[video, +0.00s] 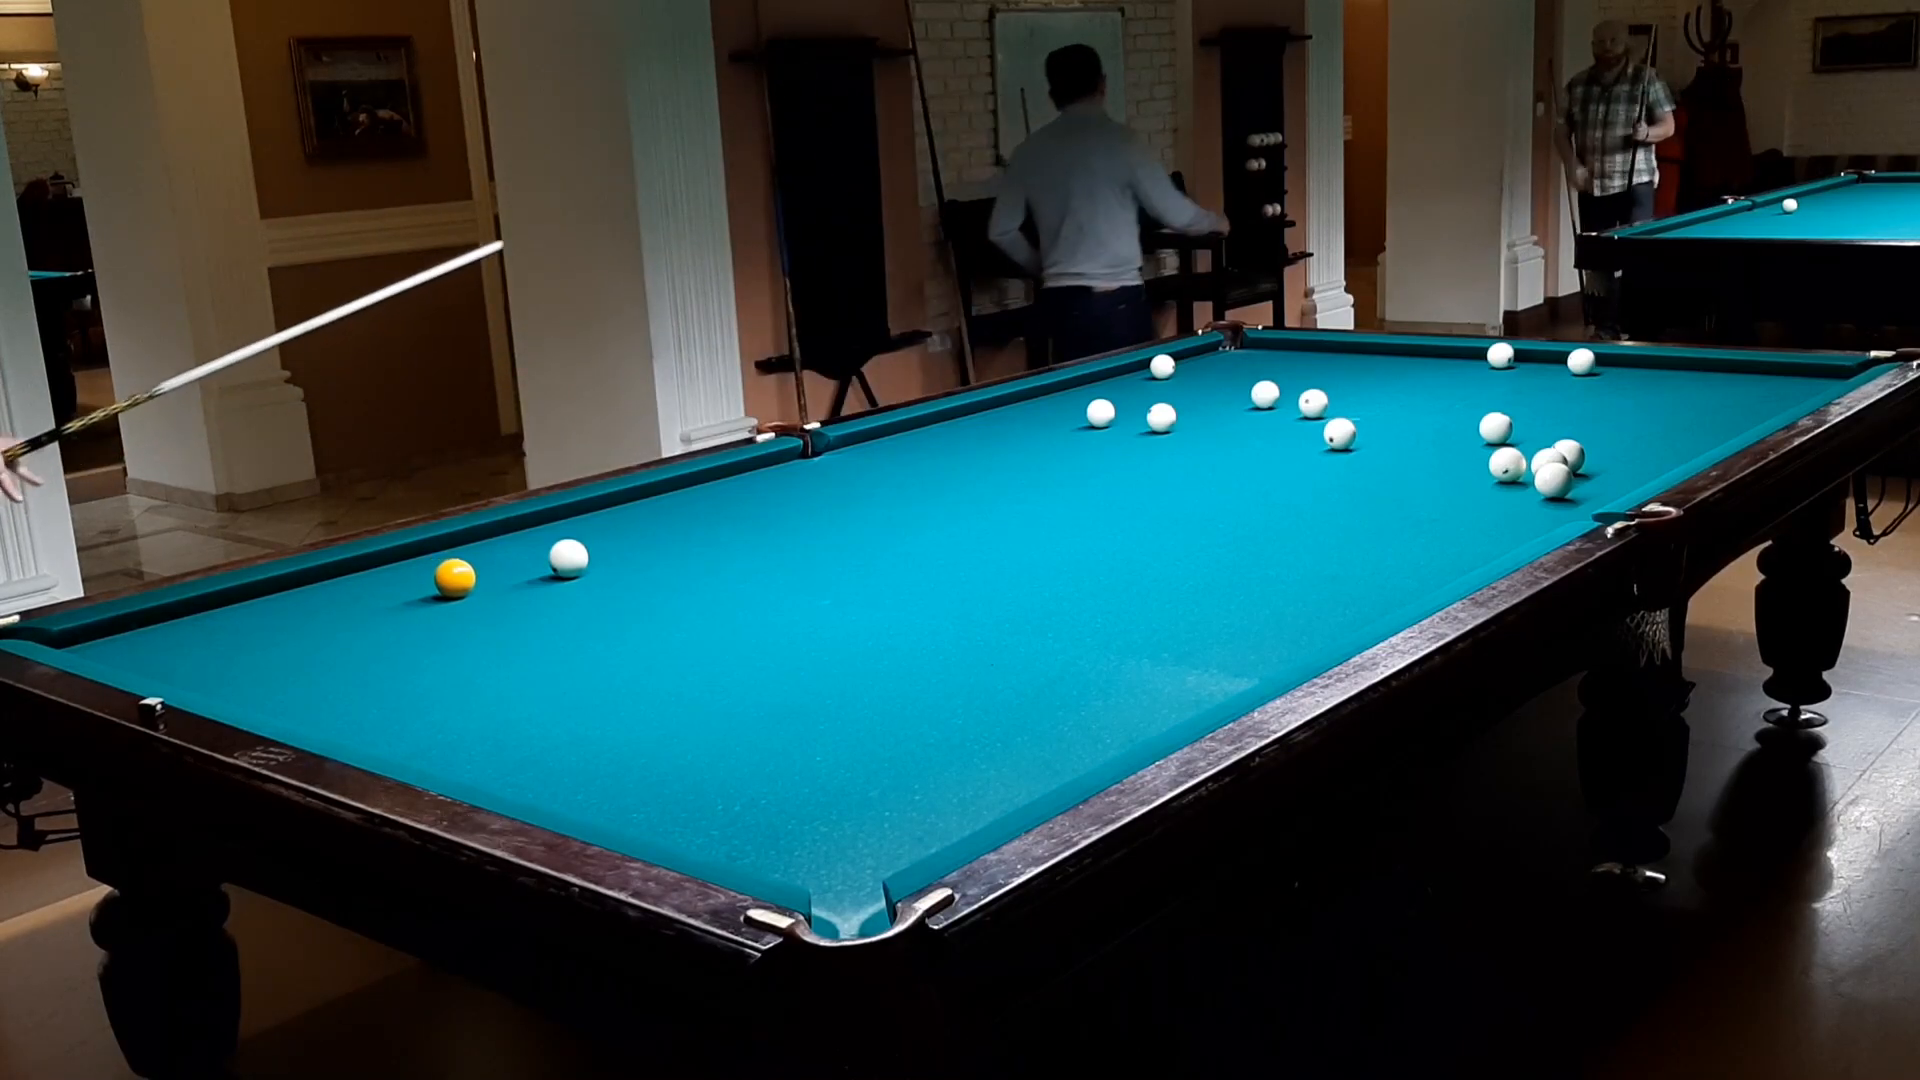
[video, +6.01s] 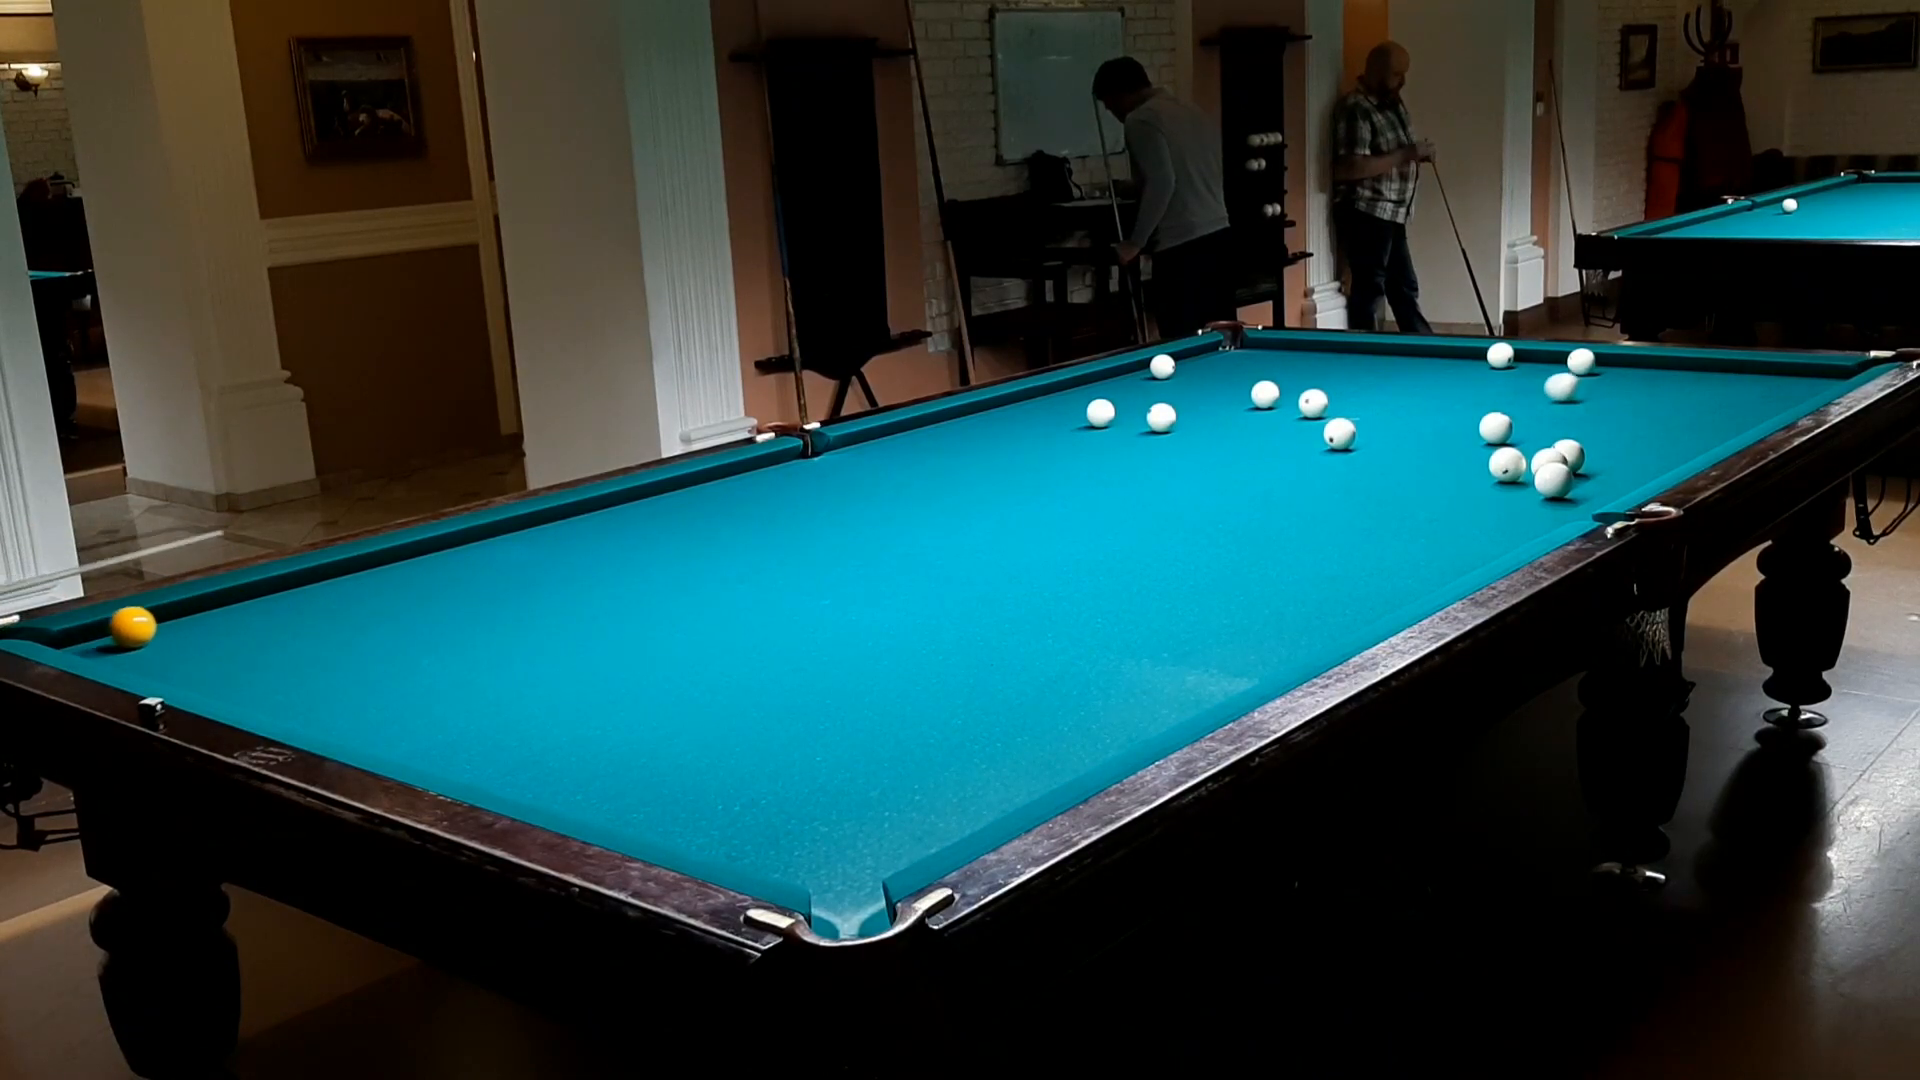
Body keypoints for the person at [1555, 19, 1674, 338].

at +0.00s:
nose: (1607, 48)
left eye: (1613, 42)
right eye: (1600, 42)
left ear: (1625, 44)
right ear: (1592, 45)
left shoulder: (1646, 79)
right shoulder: (1577, 85)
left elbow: (1667, 126)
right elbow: (1561, 133)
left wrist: (1649, 133)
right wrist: (1574, 166)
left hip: (1634, 185)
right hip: (1592, 187)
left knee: (1633, 255)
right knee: (1596, 258)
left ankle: (1633, 325)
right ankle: (1602, 325)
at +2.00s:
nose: (1439, 58)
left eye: (1447, 52)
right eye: (1434, 52)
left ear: (1464, 55)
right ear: (1428, 55)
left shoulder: (1485, 94)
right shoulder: (1411, 95)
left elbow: (1497, 141)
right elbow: (1393, 145)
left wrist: (1495, 185)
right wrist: (1409, 179)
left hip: (1465, 205)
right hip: (1422, 205)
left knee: (1454, 278)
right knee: (1419, 274)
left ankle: (1447, 345)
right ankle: (1438, 339)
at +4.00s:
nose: (1401, 71)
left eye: (1400, 64)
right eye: (1395, 65)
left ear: (1380, 70)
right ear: (1373, 69)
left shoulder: (1393, 105)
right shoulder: (1355, 109)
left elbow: (1388, 153)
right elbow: (1347, 169)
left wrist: (1416, 154)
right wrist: (1398, 162)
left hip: (1389, 218)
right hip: (1363, 217)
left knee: (1409, 289)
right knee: (1367, 293)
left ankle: (1431, 354)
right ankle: (1364, 362)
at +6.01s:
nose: (1403, 82)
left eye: (1405, 75)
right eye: (1397, 75)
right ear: (1377, 71)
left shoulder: (1394, 105)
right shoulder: (1355, 107)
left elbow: (1390, 155)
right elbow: (1350, 168)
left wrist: (1416, 154)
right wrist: (1402, 156)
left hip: (1390, 217)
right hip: (1363, 215)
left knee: (1404, 289)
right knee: (1366, 291)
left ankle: (1425, 352)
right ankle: (1363, 358)